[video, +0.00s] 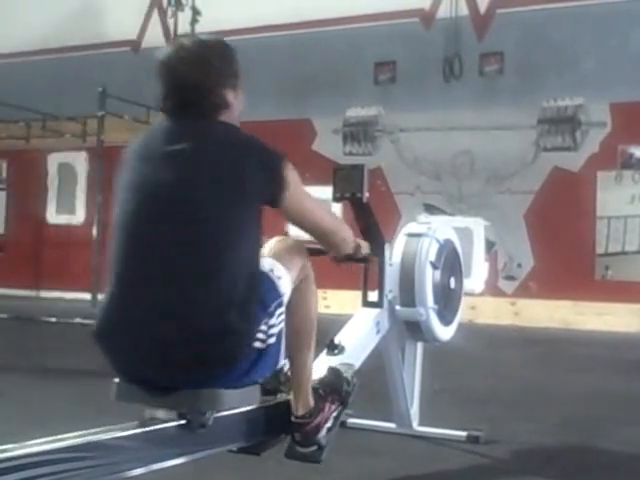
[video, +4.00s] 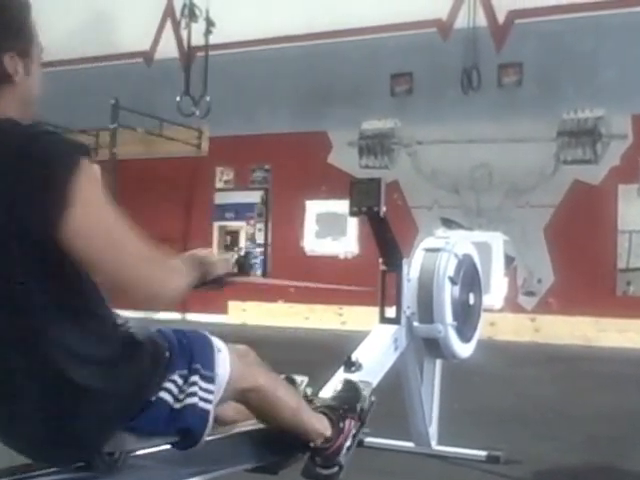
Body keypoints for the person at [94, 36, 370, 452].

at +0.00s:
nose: (241, 99)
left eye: (239, 88)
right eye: (239, 88)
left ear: (171, 95)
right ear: (226, 96)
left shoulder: (139, 151)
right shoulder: (252, 157)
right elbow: (337, 235)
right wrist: (347, 247)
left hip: (132, 358)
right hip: (216, 360)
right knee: (293, 250)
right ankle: (305, 409)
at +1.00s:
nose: (56, 58)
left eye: (54, 45)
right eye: (52, 45)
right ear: (29, 45)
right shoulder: (45, 129)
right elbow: (61, 267)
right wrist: (128, 249)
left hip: (8, 356)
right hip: (54, 358)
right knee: (234, 335)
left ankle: (251, 407)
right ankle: (307, 412)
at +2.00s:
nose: (228, 84)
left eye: (224, 73)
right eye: (223, 73)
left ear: (153, 87)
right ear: (210, 85)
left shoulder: (131, 149)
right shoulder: (230, 146)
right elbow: (320, 202)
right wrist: (354, 224)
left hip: (126, 361)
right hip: (205, 365)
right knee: (293, 256)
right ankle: (311, 410)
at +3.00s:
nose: (215, 92)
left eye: (211, 79)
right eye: (210, 80)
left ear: (140, 91)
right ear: (194, 89)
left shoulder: (108, 158)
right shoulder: (227, 160)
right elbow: (319, 255)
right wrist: (332, 241)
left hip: (114, 371)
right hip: (192, 374)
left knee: (223, 269)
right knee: (300, 263)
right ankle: (319, 422)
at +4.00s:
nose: (40, 81)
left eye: (38, 65)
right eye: (38, 65)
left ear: (7, 66)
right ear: (11, 67)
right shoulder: (42, 157)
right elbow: (157, 287)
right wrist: (196, 264)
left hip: (10, 396)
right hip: (73, 387)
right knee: (242, 363)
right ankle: (324, 432)